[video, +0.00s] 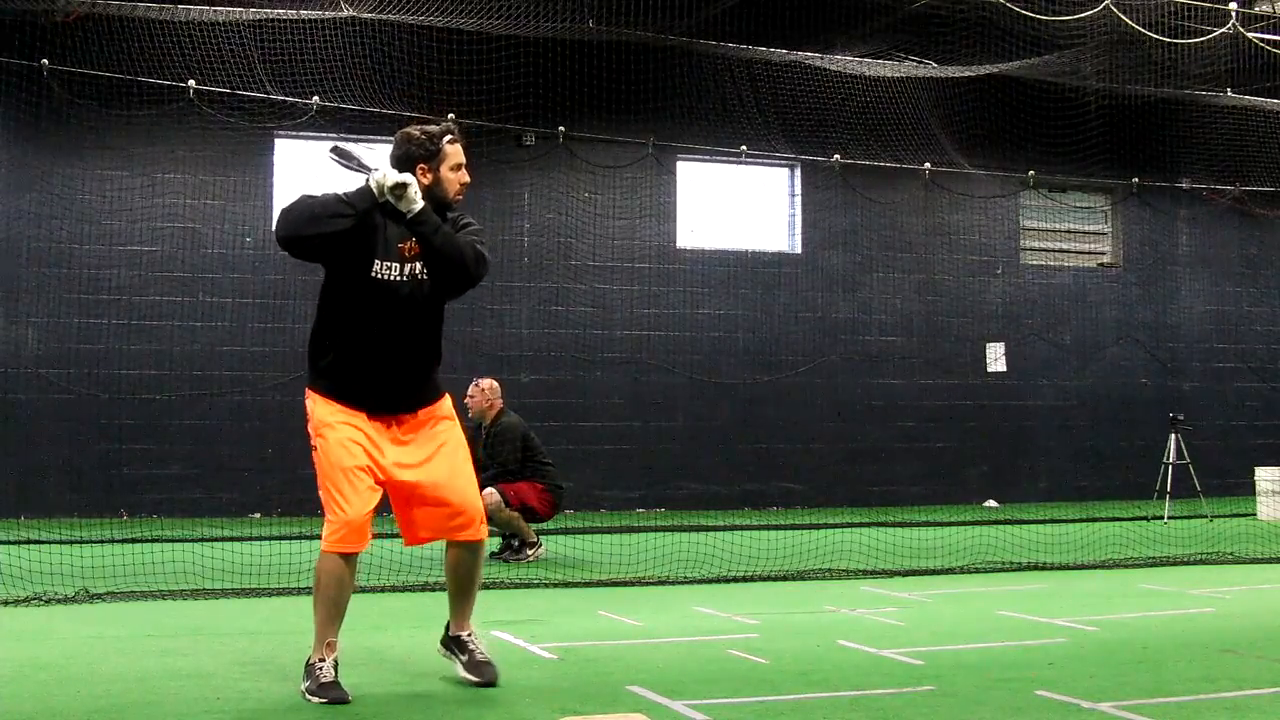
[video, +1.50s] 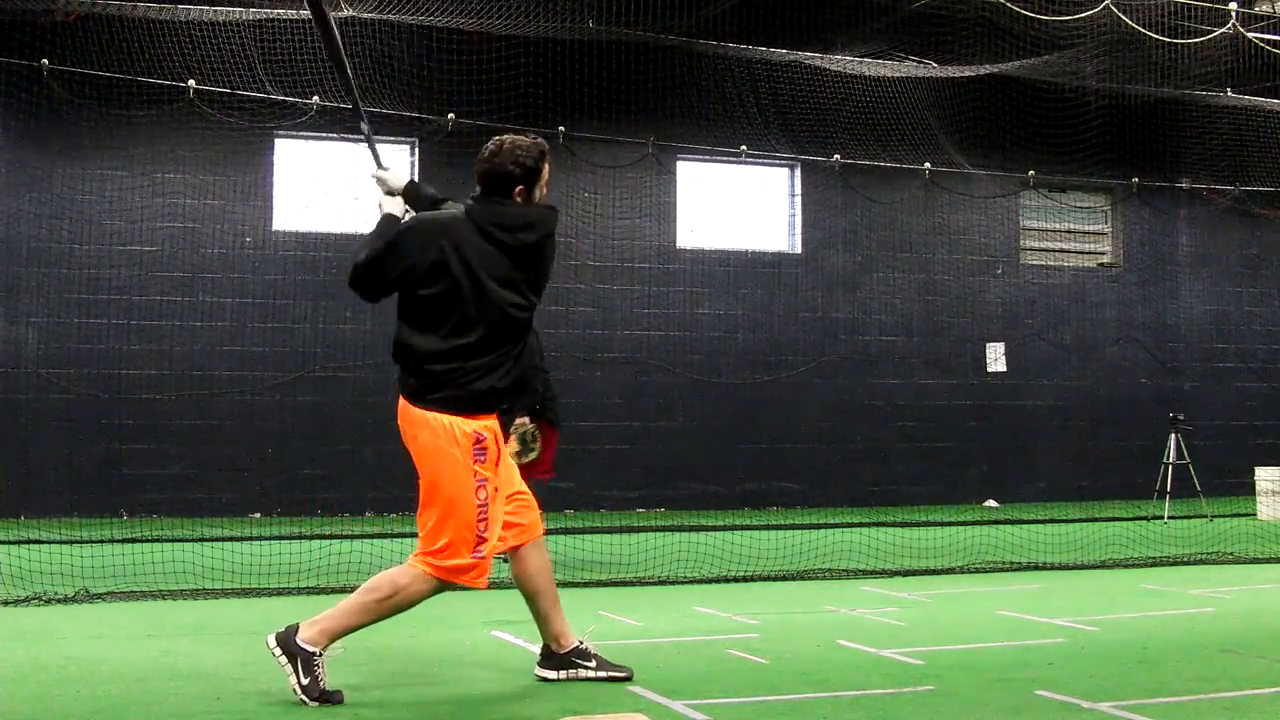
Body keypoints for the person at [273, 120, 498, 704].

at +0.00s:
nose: (465, 177)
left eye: (465, 167)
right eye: (457, 168)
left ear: (435, 172)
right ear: (423, 171)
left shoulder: (455, 231)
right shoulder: (358, 219)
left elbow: (466, 273)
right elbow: (288, 229)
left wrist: (417, 209)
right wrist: (368, 194)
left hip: (423, 405)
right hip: (344, 404)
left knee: (469, 520)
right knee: (349, 524)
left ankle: (460, 633)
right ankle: (323, 658)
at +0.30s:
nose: (471, 187)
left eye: (470, 176)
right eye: (462, 178)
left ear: (435, 183)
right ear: (428, 184)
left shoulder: (460, 240)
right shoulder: (358, 219)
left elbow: (463, 302)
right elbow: (288, 261)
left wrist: (412, 254)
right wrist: (361, 227)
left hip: (427, 414)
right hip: (350, 411)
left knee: (452, 529)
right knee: (356, 524)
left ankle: (436, 648)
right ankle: (323, 660)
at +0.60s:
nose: (476, 203)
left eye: (474, 192)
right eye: (467, 193)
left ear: (443, 198)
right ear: (432, 199)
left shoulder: (466, 256)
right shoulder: (363, 230)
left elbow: (451, 330)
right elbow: (278, 277)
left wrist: (385, 309)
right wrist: (340, 272)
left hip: (427, 414)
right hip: (348, 411)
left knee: (467, 513)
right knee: (354, 525)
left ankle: (443, 628)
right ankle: (323, 659)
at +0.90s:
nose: (494, 225)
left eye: (494, 213)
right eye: (484, 215)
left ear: (471, 215)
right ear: (446, 218)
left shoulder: (484, 275)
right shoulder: (386, 244)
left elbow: (430, 331)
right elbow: (292, 240)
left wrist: (346, 292)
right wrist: (328, 244)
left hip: (470, 418)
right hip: (385, 423)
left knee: (541, 515)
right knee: (366, 533)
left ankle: (548, 641)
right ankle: (324, 658)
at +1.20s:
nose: (520, 229)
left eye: (519, 221)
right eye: (513, 223)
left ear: (466, 217)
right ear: (484, 226)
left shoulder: (447, 232)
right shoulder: (454, 273)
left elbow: (536, 260)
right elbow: (541, 311)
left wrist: (601, 279)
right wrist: (613, 301)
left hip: (471, 408)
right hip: (437, 419)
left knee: (510, 532)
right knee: (450, 554)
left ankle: (555, 647)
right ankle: (321, 637)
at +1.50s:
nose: (547, 189)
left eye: (546, 180)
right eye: (545, 182)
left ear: (483, 186)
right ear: (525, 188)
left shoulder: (426, 232)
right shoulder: (537, 228)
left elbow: (366, 282)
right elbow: (476, 215)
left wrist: (390, 217)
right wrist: (411, 191)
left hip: (445, 412)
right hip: (463, 418)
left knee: (523, 526)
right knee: (444, 561)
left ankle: (562, 649)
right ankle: (306, 640)